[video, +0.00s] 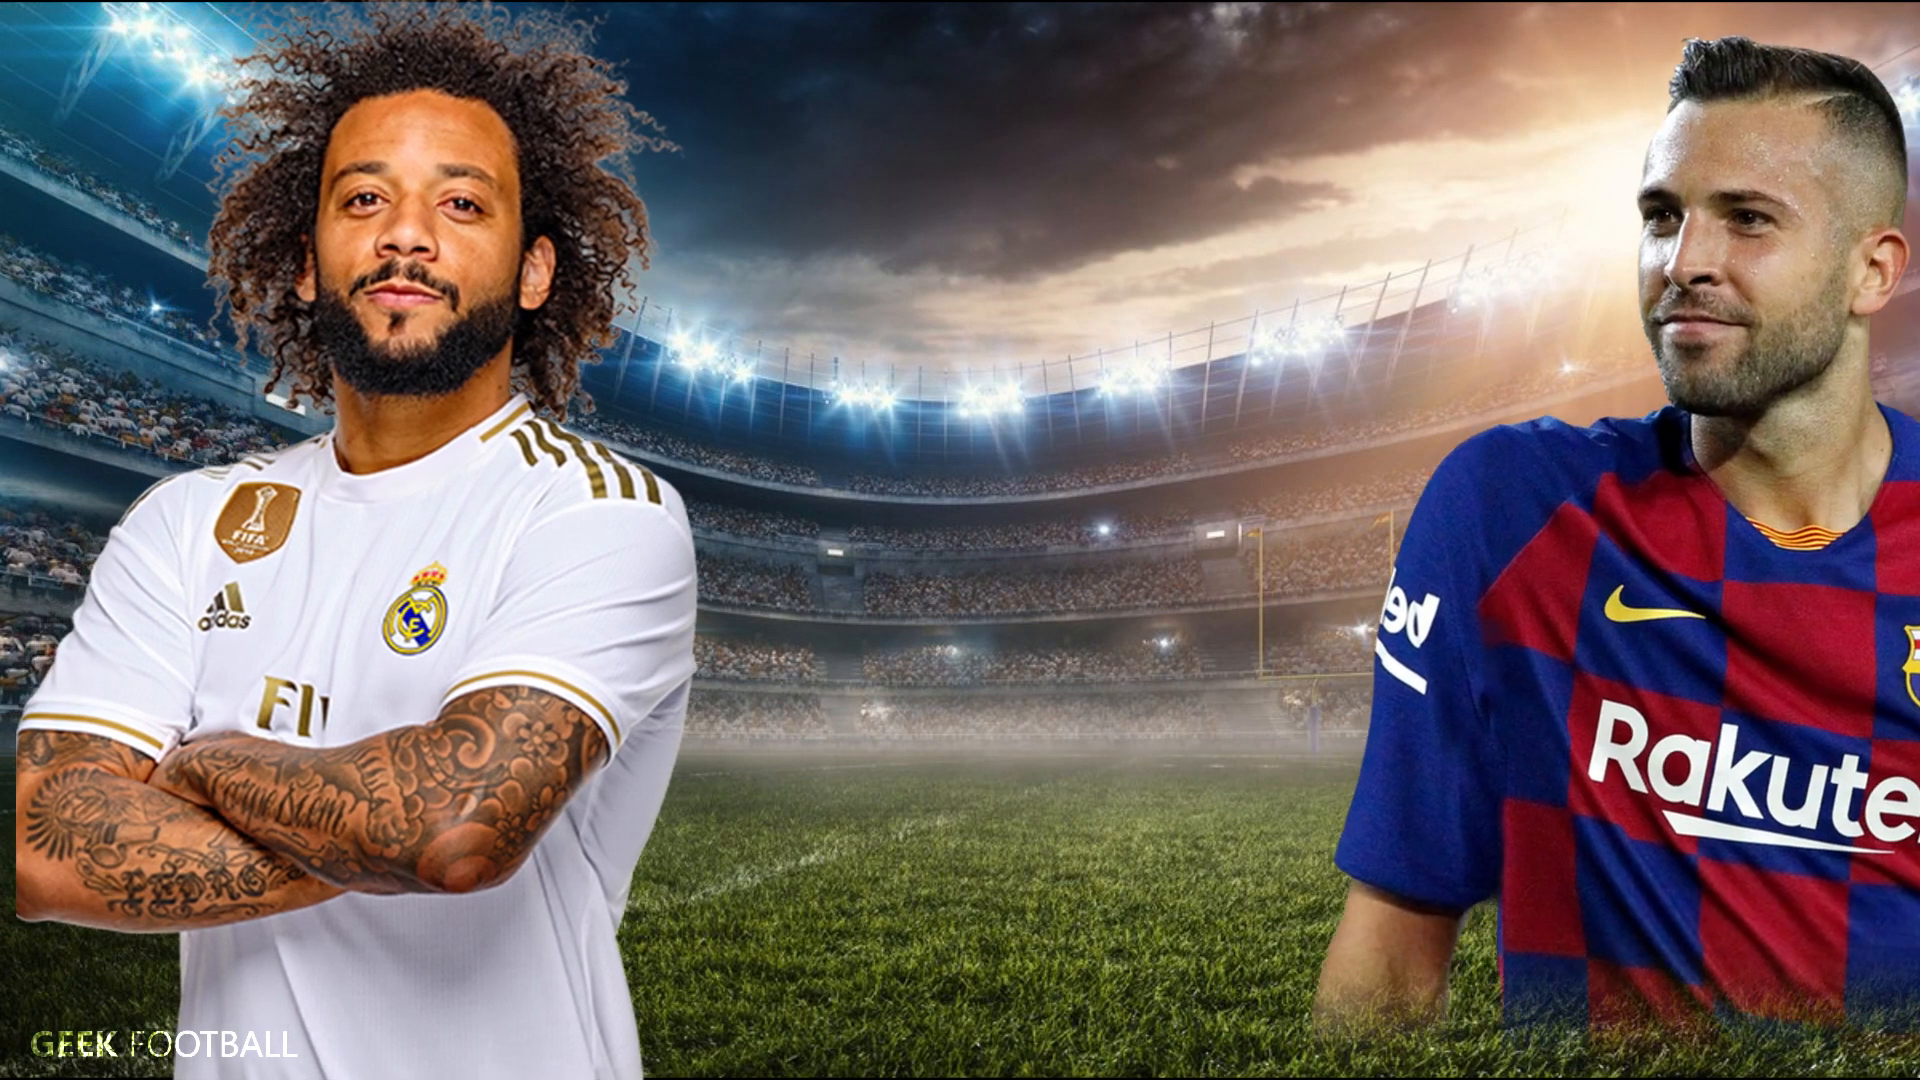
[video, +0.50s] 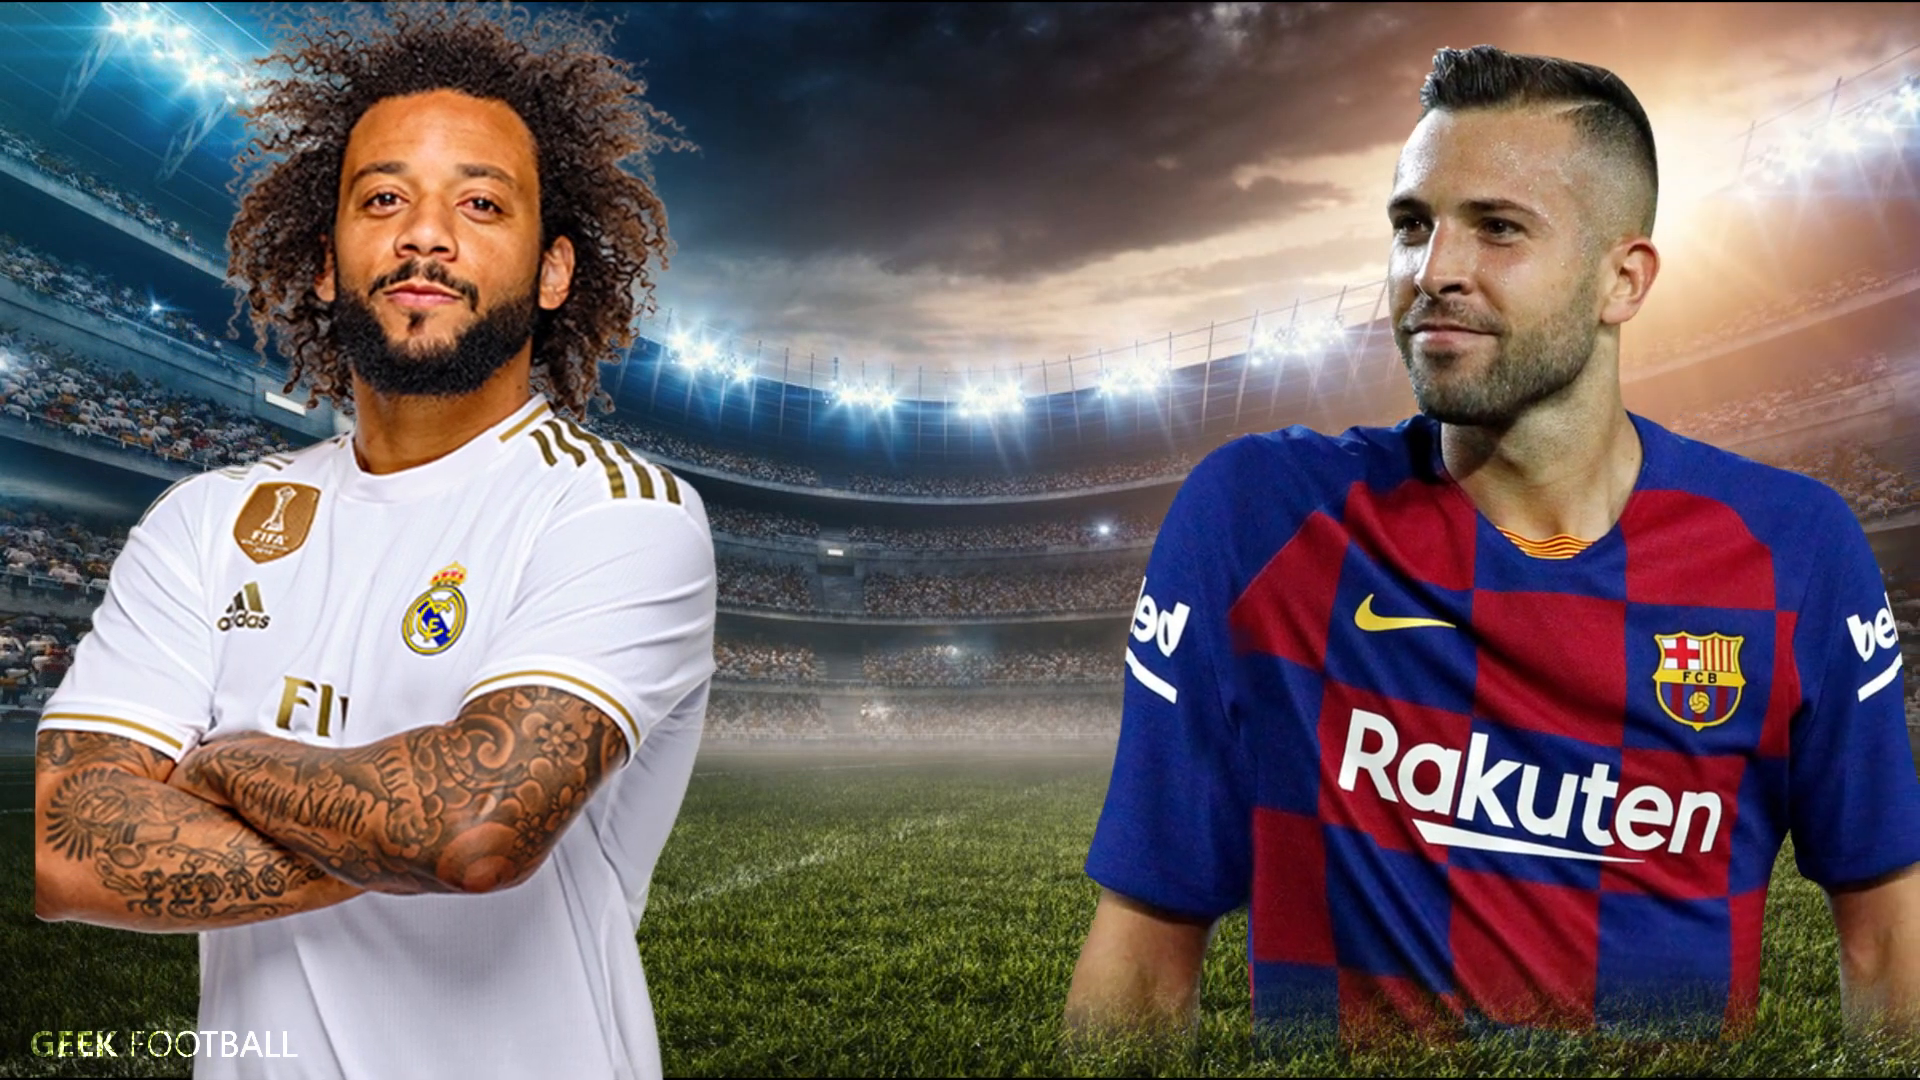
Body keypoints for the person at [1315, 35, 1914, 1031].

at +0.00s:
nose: (1683, 266)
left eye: (1749, 219)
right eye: (1663, 219)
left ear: (1874, 272)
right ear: (1642, 240)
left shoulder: (1913, 534)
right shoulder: (1507, 506)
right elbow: (1394, 938)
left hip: (1886, 1049)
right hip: (1610, 1056)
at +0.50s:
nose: (1432, 273)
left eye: (1499, 228)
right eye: (1414, 227)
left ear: (1623, 282)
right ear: (1391, 250)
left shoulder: (1798, 553)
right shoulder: (1253, 515)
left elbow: (1885, 934)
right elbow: (1145, 943)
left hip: (1668, 1059)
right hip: (1343, 1062)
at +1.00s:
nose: (1407, 275)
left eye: (1474, 231)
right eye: (1388, 230)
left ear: (1600, 285)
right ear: (1364, 256)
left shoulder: (1771, 555)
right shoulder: (1229, 519)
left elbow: (1863, 931)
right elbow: (1121, 946)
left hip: (1644, 1048)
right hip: (1316, 1047)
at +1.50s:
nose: (1402, 281)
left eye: (1469, 236)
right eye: (1382, 235)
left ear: (1593, 289)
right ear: (1357, 261)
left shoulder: (1766, 557)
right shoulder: (1261, 534)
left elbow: (1859, 932)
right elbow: (1124, 939)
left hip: (1632, 1049)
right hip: (1317, 1050)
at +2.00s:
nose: (1397, 285)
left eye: (1464, 241)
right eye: (1377, 240)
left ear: (1589, 294)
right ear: (1355, 263)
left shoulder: (1764, 564)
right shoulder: (1217, 530)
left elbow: (1857, 938)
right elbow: (1116, 958)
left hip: (1638, 1052)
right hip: (1306, 1050)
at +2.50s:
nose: (1392, 290)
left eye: (1459, 245)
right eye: (1372, 244)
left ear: (1584, 299)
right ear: (1349, 268)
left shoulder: (1760, 568)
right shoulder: (1211, 537)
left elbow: (1855, 944)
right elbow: (1113, 963)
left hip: (1634, 1053)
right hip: (1302, 1051)